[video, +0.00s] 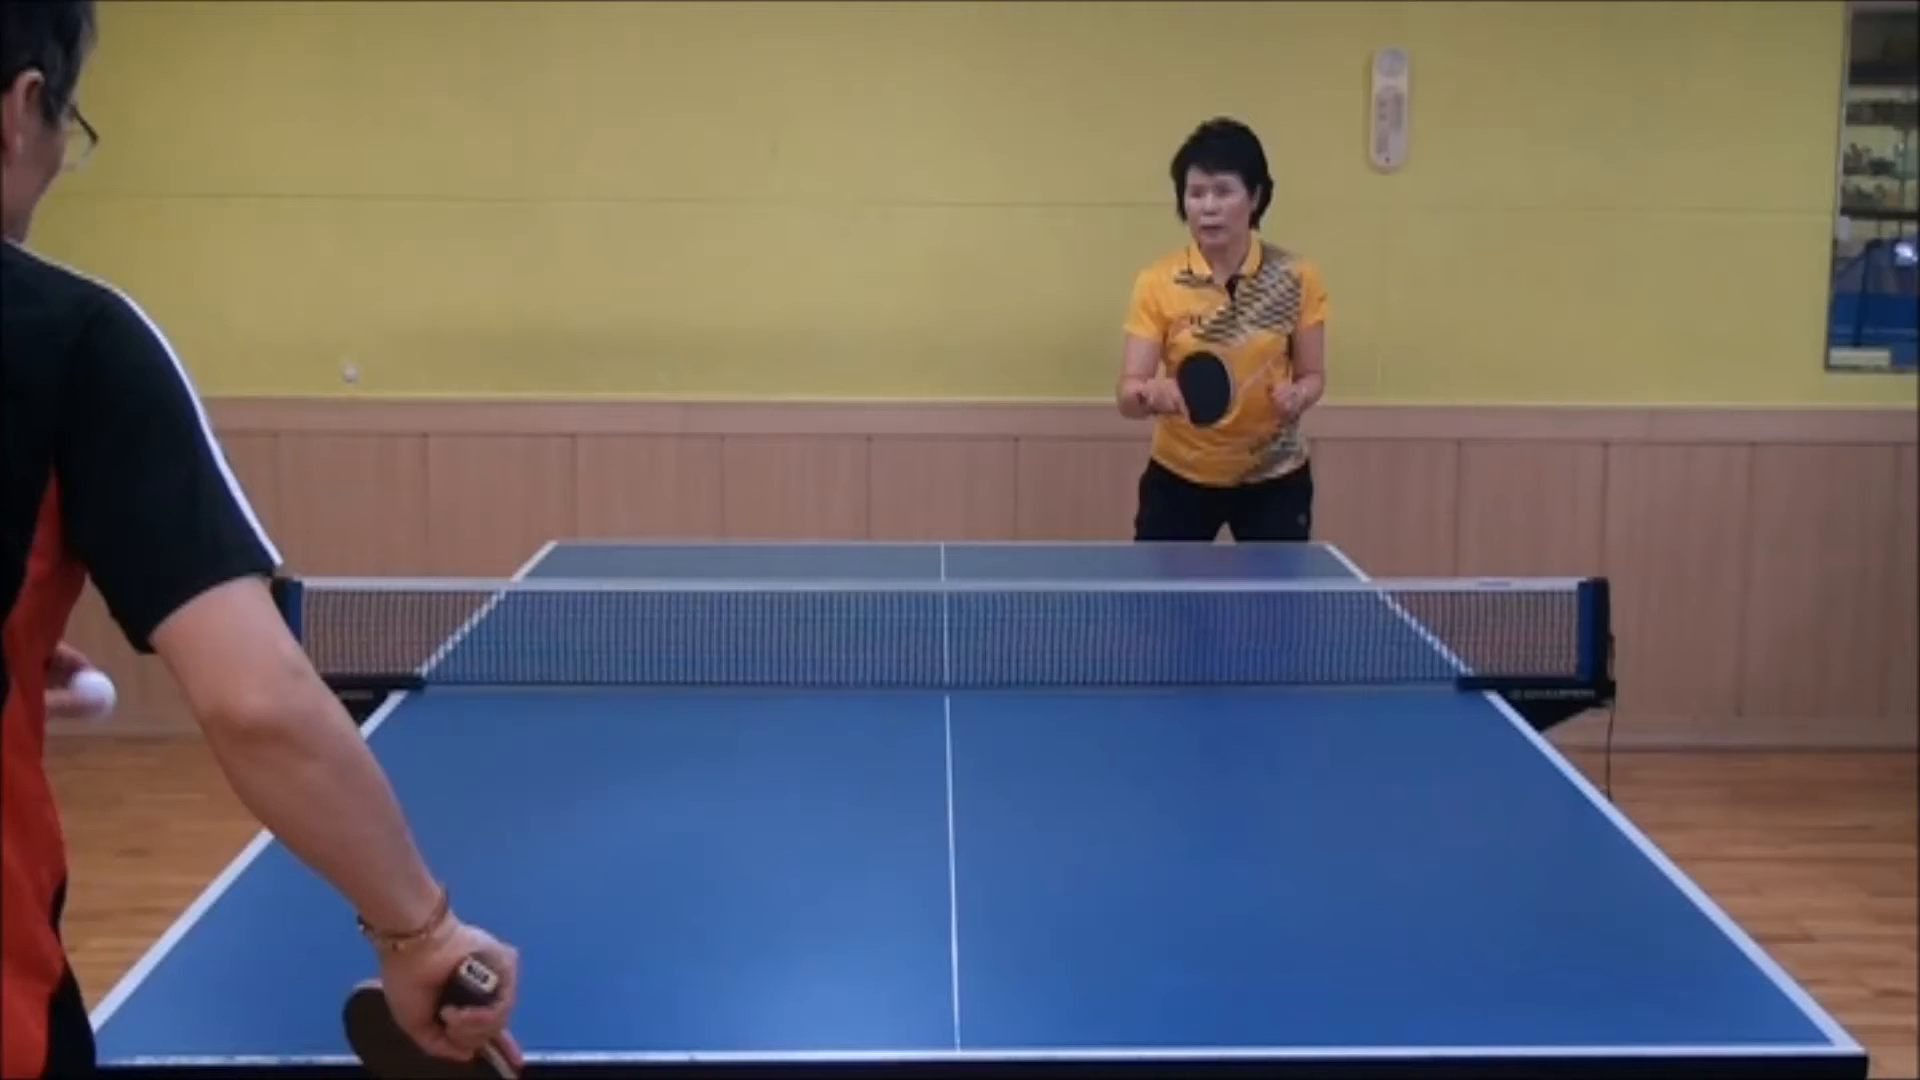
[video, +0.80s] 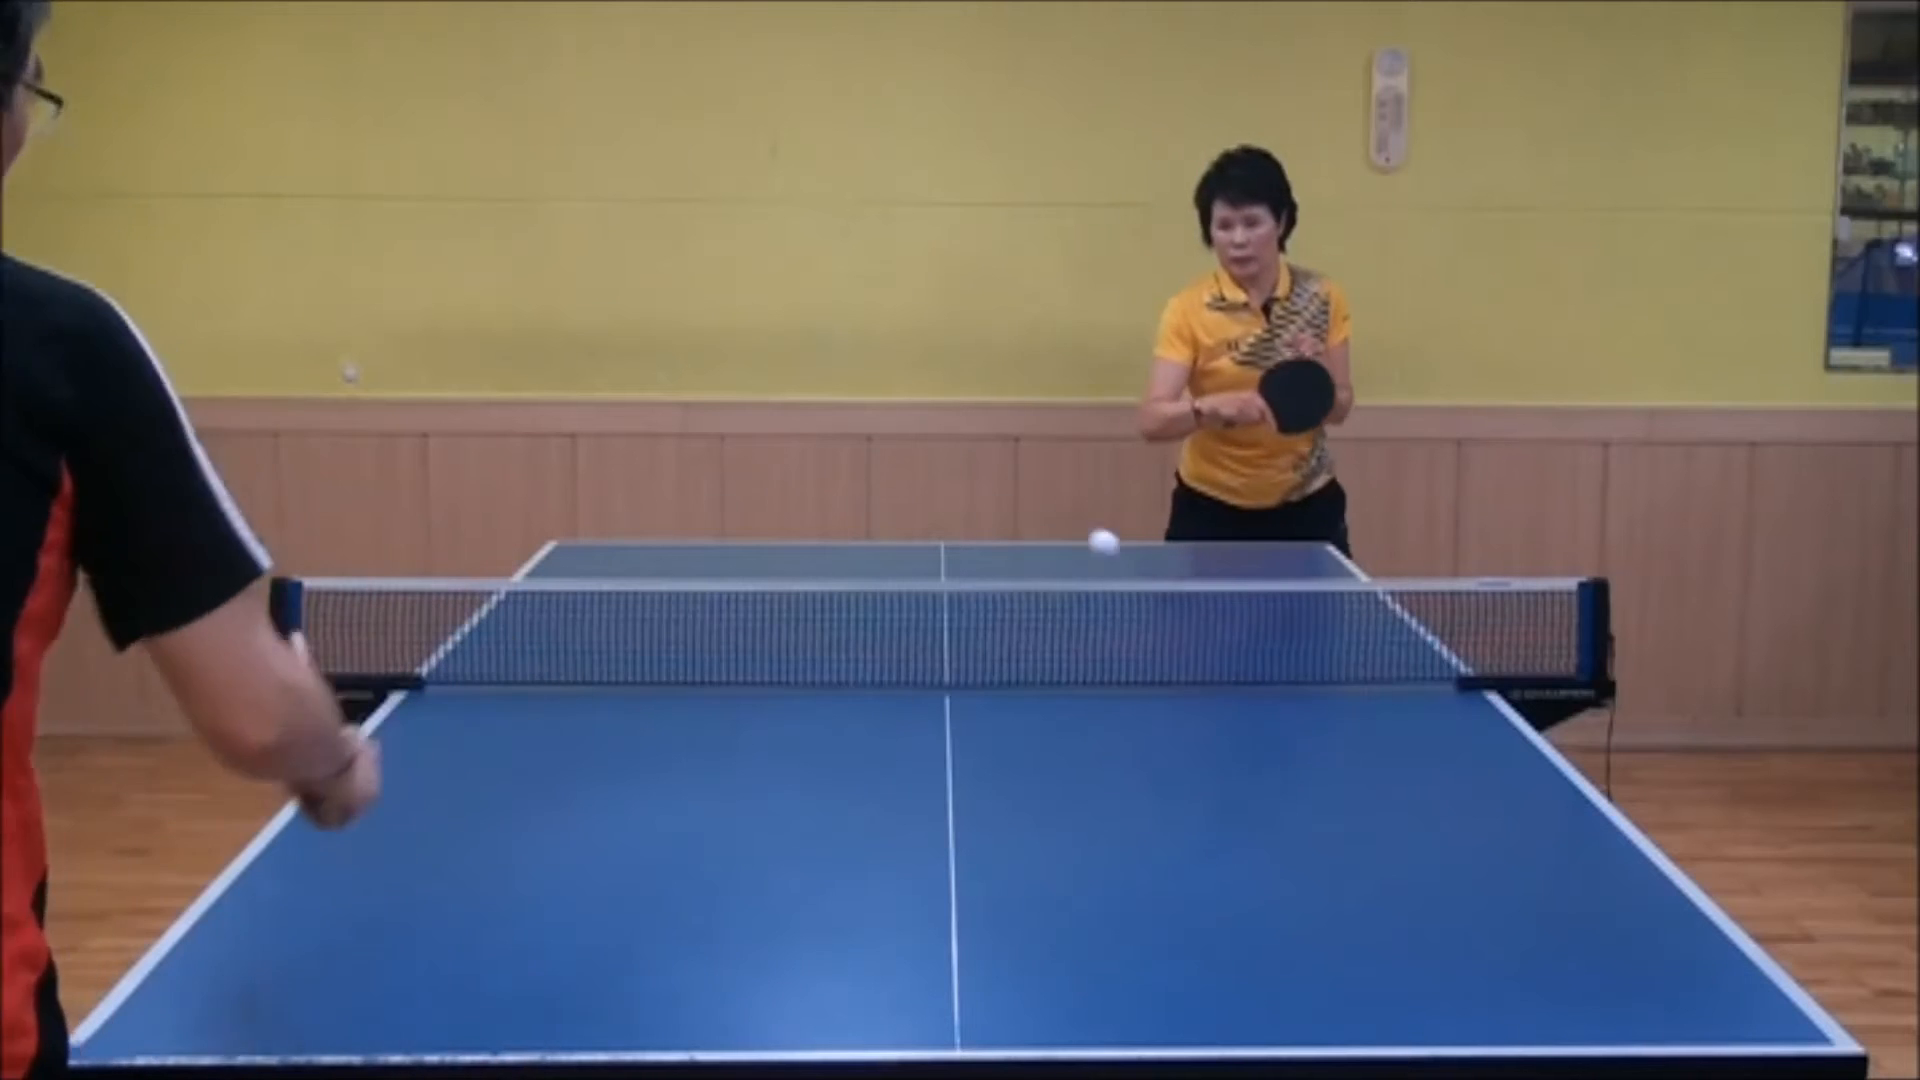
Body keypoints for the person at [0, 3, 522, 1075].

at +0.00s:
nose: (53, 170)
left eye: (67, 136)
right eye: (64, 129)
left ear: (20, 108)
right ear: (17, 107)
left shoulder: (72, 334)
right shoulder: (61, 333)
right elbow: (255, 699)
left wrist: (3, 651)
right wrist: (416, 928)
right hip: (6, 1008)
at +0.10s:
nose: (83, 175)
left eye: (90, 142)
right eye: (88, 139)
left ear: (27, 124)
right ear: (38, 124)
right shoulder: (83, 335)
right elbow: (258, 703)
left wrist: (28, 721)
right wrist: (393, 939)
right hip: (16, 994)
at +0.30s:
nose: (117, 192)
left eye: (122, 152)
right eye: (119, 149)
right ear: (71, 133)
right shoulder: (128, 346)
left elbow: (287, 711)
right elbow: (291, 711)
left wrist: (254, 917)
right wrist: (254, 913)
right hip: (33, 991)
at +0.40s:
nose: (121, 191)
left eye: (127, 154)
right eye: (125, 150)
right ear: (76, 139)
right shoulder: (132, 349)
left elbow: (357, 687)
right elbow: (356, 688)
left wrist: (177, 794)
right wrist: (182, 790)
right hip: (37, 986)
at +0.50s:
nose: (115, 185)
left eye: (121, 151)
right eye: (118, 145)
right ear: (64, 129)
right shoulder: (116, 346)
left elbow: (379, 677)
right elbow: (383, 674)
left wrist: (355, 711)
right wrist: (348, 720)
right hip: (28, 999)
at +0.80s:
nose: (27, 122)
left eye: (28, 83)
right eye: (27, 83)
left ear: (20, 100)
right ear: (10, 100)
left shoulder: (60, 340)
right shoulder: (53, 340)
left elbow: (252, 712)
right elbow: (253, 712)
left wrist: (319, 758)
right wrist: (332, 768)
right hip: (2, 1002)